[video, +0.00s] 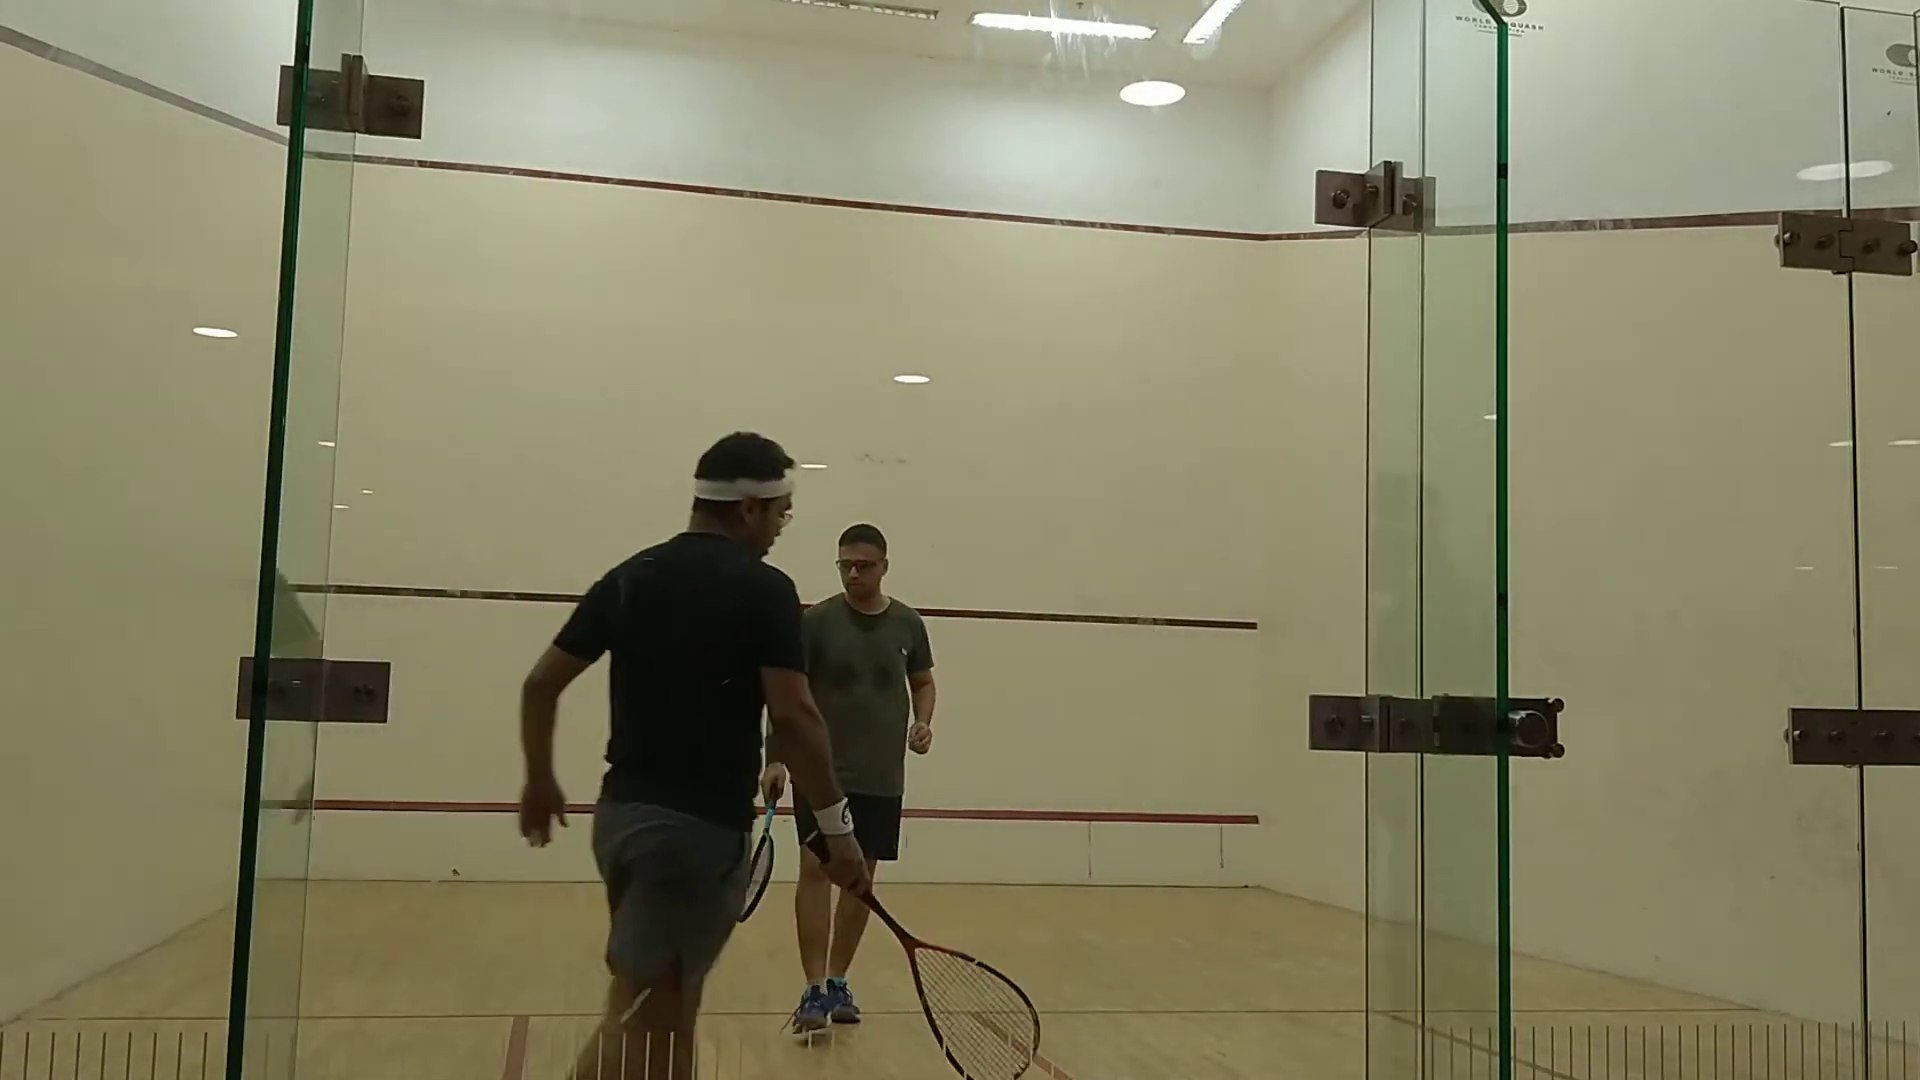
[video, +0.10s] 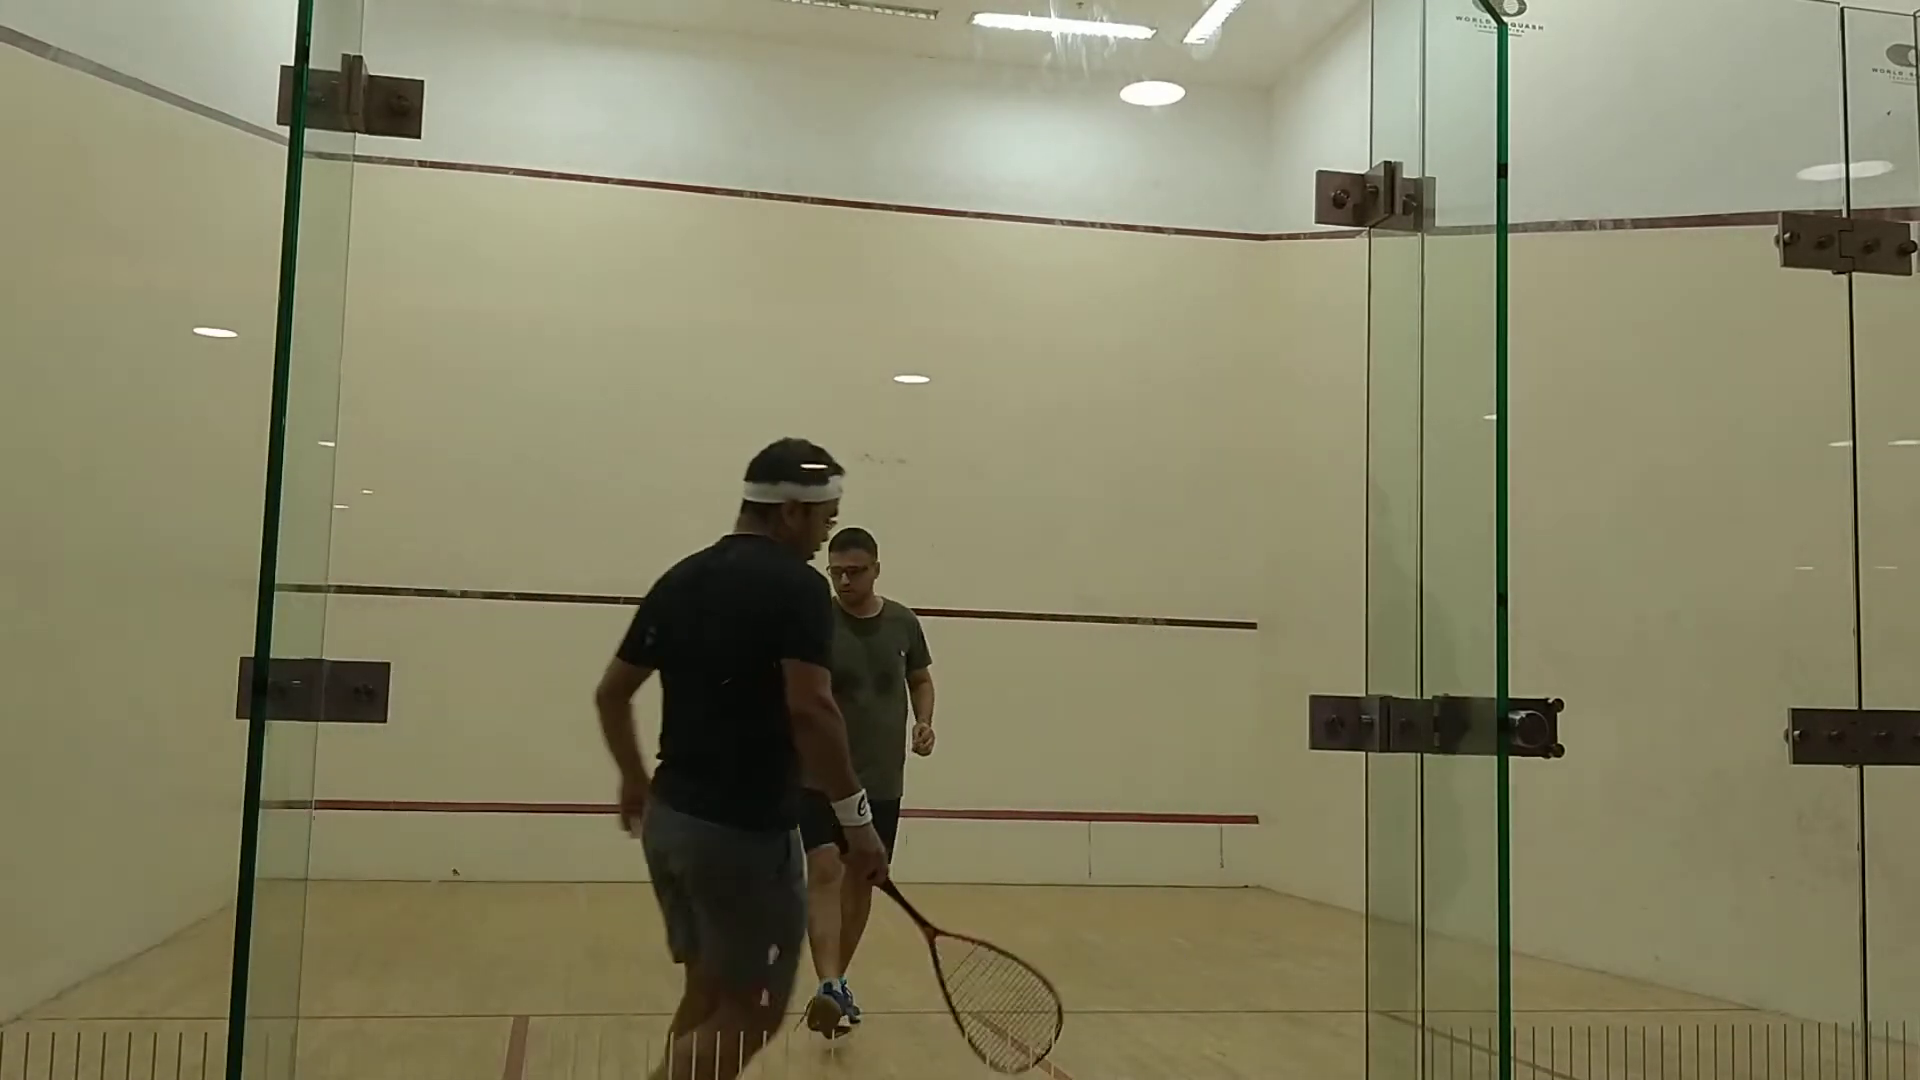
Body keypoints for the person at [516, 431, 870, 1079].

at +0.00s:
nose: (783, 525)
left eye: (785, 511)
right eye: (779, 509)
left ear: (708, 500)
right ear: (748, 507)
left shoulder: (631, 576)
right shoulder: (764, 588)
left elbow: (541, 683)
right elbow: (793, 717)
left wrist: (538, 778)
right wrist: (837, 832)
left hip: (621, 819)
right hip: (700, 832)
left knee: (668, 1013)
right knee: (636, 1016)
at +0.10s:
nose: (829, 528)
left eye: (831, 515)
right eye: (825, 514)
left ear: (758, 505)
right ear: (792, 511)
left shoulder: (686, 574)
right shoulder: (800, 586)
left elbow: (613, 691)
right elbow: (810, 707)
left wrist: (632, 775)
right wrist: (856, 820)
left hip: (671, 822)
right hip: (748, 838)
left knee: (706, 990)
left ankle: (670, 1078)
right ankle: (673, 1070)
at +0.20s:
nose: (882, 532)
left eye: (885, 517)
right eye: (877, 516)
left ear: (821, 509)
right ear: (837, 512)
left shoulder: (745, 572)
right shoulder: (830, 581)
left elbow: (697, 691)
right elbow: (828, 701)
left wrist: (753, 763)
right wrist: (891, 802)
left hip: (720, 812)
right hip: (789, 822)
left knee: (730, 981)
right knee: (860, 979)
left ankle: (699, 1079)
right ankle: (767, 1073)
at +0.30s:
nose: (936, 547)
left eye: (940, 532)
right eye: (932, 530)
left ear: (870, 517)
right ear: (890, 520)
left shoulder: (814, 570)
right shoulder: (862, 588)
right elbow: (852, 704)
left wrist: (890, 773)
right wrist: (936, 786)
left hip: (768, 812)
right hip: (832, 823)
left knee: (750, 977)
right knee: (925, 965)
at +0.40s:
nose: (991, 559)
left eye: (995, 545)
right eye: (988, 542)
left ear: (936, 528)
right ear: (946, 529)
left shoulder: (879, 586)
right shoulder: (910, 602)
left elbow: (900, 714)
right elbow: (896, 715)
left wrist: (959, 777)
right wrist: (990, 779)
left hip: (820, 822)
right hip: (883, 836)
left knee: (778, 984)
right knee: (959, 1002)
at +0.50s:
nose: (1055, 567)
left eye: (1059, 553)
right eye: (1051, 551)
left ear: (999, 539)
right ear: (1011, 542)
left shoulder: (943, 592)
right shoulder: (972, 609)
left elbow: (958, 715)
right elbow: (956, 720)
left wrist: (1033, 781)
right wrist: (1049, 779)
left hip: (890, 824)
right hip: (955, 837)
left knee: (851, 982)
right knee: (1016, 1001)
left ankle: (762, 1073)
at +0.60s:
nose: (1116, 564)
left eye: (1121, 551)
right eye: (1115, 547)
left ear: (1061, 530)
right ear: (1076, 531)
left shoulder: (998, 582)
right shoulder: (1038, 597)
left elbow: (1009, 710)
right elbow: (1022, 709)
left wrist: (1085, 769)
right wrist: (1112, 765)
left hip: (955, 819)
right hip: (1015, 827)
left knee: (976, 978)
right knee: (1064, 987)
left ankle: (840, 1067)